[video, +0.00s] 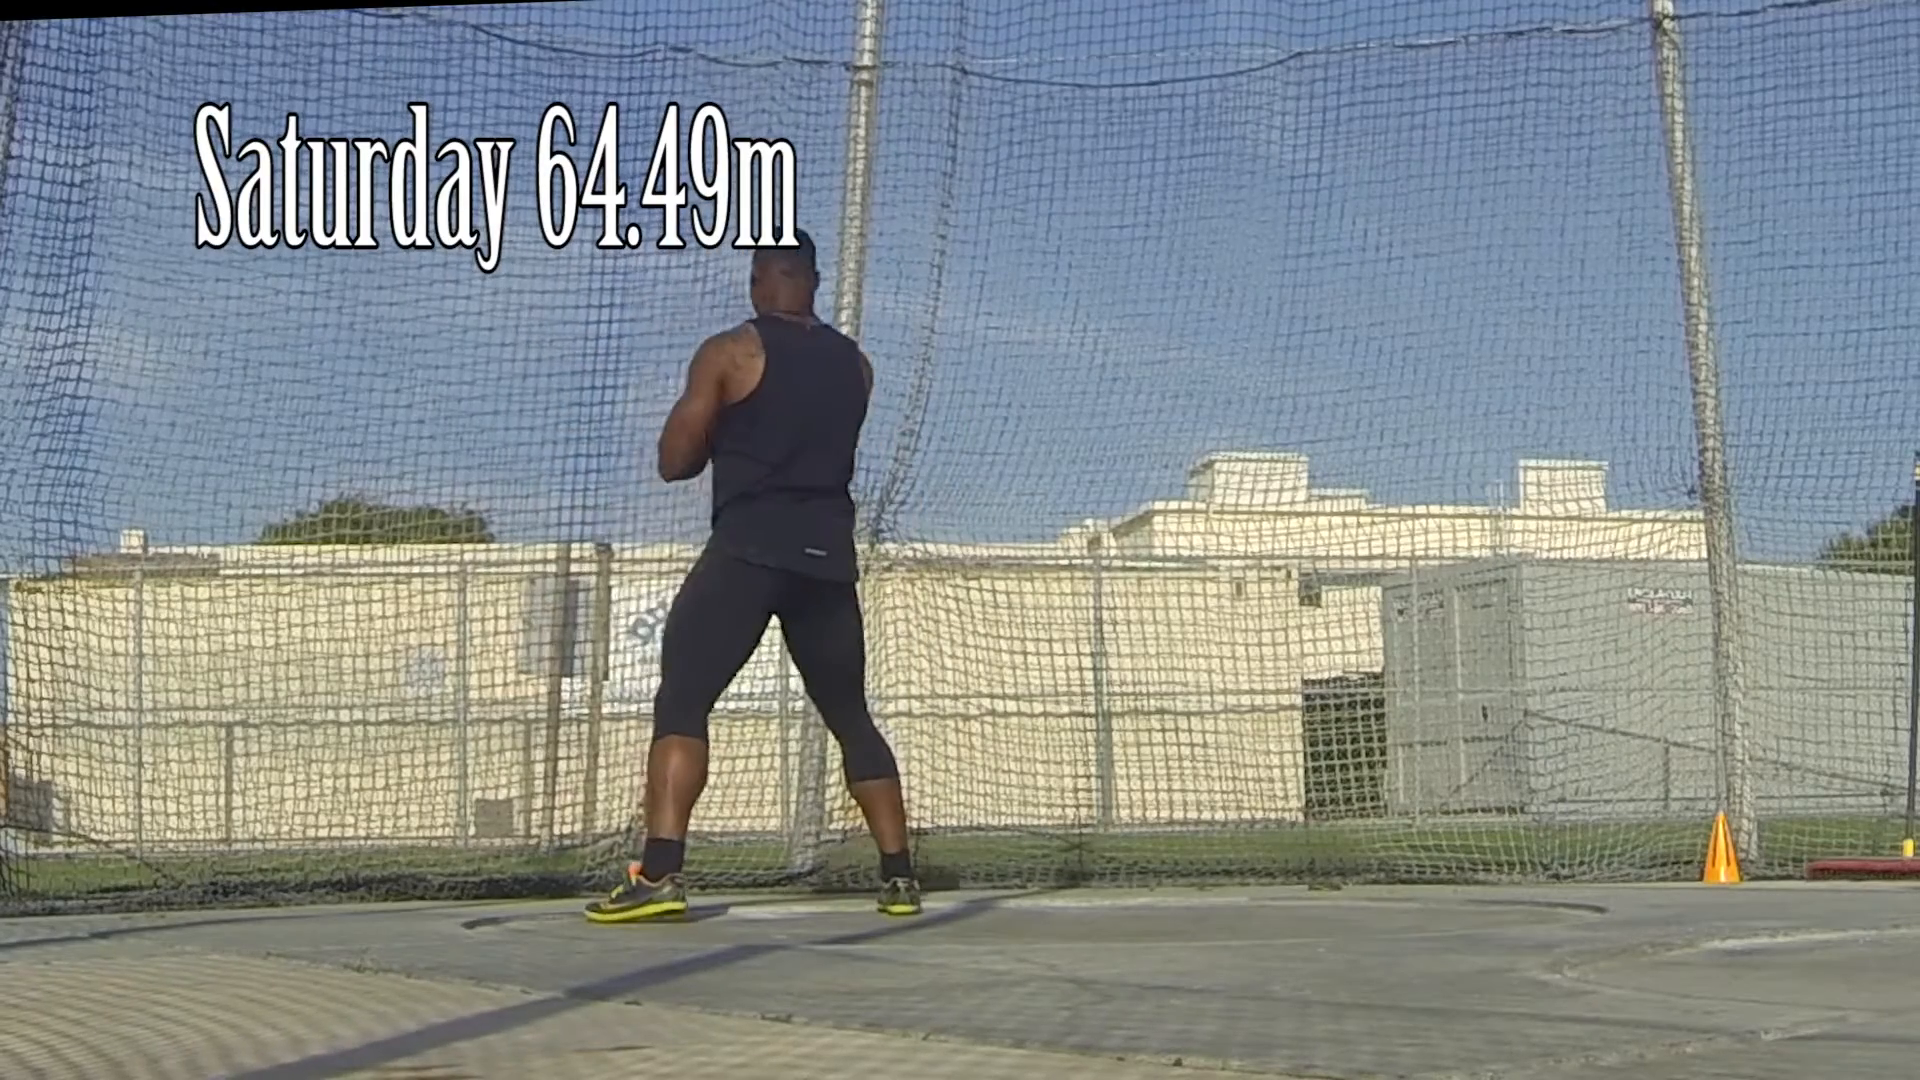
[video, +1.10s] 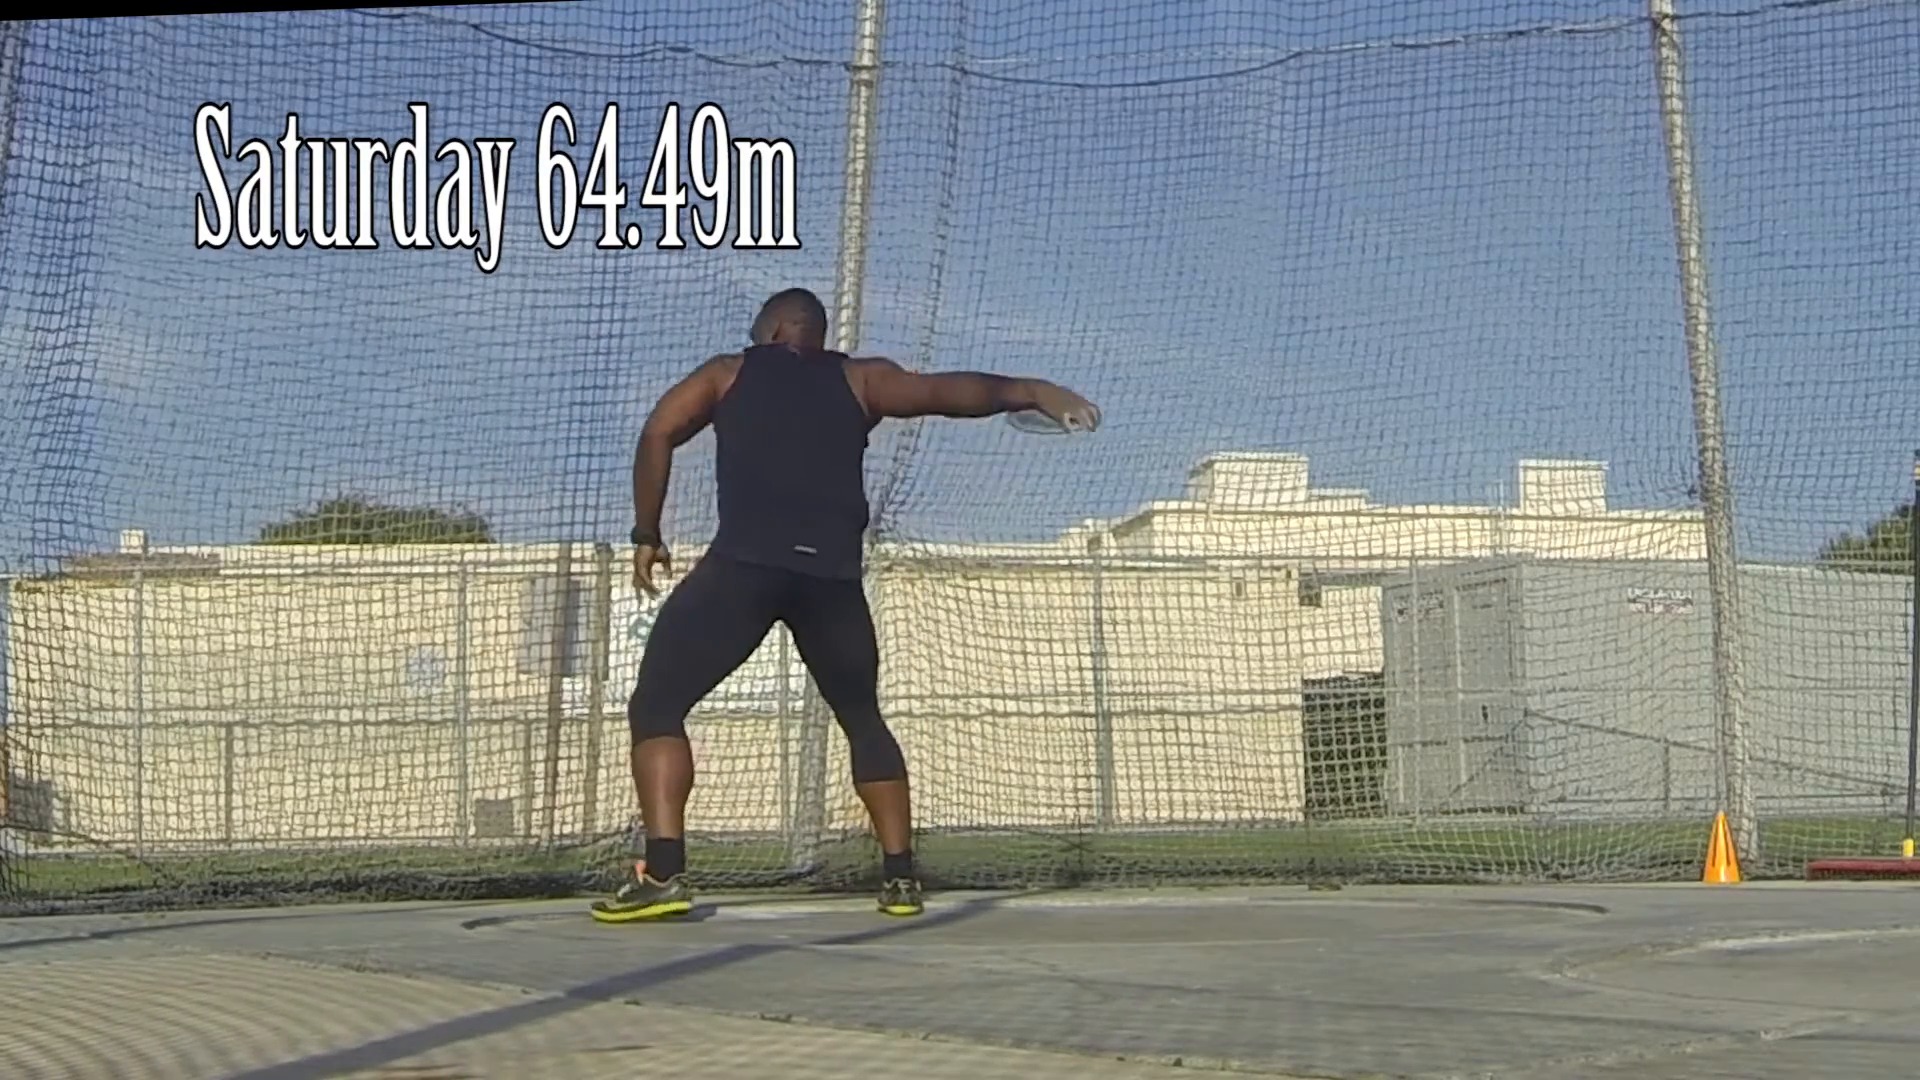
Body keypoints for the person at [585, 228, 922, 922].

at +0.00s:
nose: (756, 290)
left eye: (756, 279)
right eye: (765, 279)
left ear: (757, 286)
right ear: (813, 288)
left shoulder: (726, 351)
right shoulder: (854, 362)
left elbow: (674, 461)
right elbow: (831, 443)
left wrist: (728, 412)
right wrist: (748, 409)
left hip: (745, 557)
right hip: (828, 565)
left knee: (682, 701)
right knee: (850, 715)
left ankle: (658, 875)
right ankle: (900, 875)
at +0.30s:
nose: (822, 306)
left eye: (817, 294)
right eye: (851, 299)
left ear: (814, 296)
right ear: (874, 306)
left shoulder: (787, 351)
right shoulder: (905, 389)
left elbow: (722, 443)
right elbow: (866, 466)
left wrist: (720, 497)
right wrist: (787, 496)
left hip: (773, 557)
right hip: (851, 573)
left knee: (696, 694)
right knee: (853, 718)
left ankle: (659, 863)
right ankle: (898, 876)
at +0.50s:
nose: (849, 318)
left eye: (846, 308)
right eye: (880, 315)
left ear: (841, 311)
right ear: (902, 324)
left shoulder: (796, 352)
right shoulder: (926, 413)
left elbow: (725, 445)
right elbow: (916, 518)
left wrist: (744, 515)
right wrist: (876, 557)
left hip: (769, 554)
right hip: (850, 577)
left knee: (687, 693)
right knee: (853, 719)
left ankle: (665, 866)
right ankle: (899, 877)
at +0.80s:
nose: (856, 327)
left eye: (855, 318)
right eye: (881, 326)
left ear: (847, 320)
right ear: (903, 338)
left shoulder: (786, 358)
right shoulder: (917, 394)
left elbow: (702, 423)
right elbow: (932, 472)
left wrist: (676, 528)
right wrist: (968, 560)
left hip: (753, 555)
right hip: (840, 575)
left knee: (686, 696)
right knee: (867, 718)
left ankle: (644, 847)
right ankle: (899, 876)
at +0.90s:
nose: (857, 333)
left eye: (848, 322)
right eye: (881, 332)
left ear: (836, 326)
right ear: (892, 340)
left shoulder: (778, 362)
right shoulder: (903, 378)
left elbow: (690, 418)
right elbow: (950, 432)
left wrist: (661, 520)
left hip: (749, 555)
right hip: (838, 573)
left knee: (679, 697)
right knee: (869, 718)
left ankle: (651, 856)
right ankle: (900, 877)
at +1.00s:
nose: (827, 331)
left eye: (821, 322)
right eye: (845, 329)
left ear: (810, 329)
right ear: (867, 343)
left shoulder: (758, 367)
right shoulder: (884, 376)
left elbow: (673, 424)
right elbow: (960, 392)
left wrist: (651, 529)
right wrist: (1007, 391)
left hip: (746, 561)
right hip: (837, 575)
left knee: (668, 698)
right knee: (867, 716)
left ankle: (657, 864)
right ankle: (900, 877)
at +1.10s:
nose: (756, 339)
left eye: (757, 332)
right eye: (766, 335)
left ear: (765, 333)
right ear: (822, 338)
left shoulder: (729, 371)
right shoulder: (860, 376)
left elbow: (657, 432)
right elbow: (947, 392)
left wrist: (646, 533)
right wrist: (1031, 390)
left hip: (743, 567)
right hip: (832, 576)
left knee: (657, 705)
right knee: (864, 718)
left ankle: (662, 872)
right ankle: (901, 874)